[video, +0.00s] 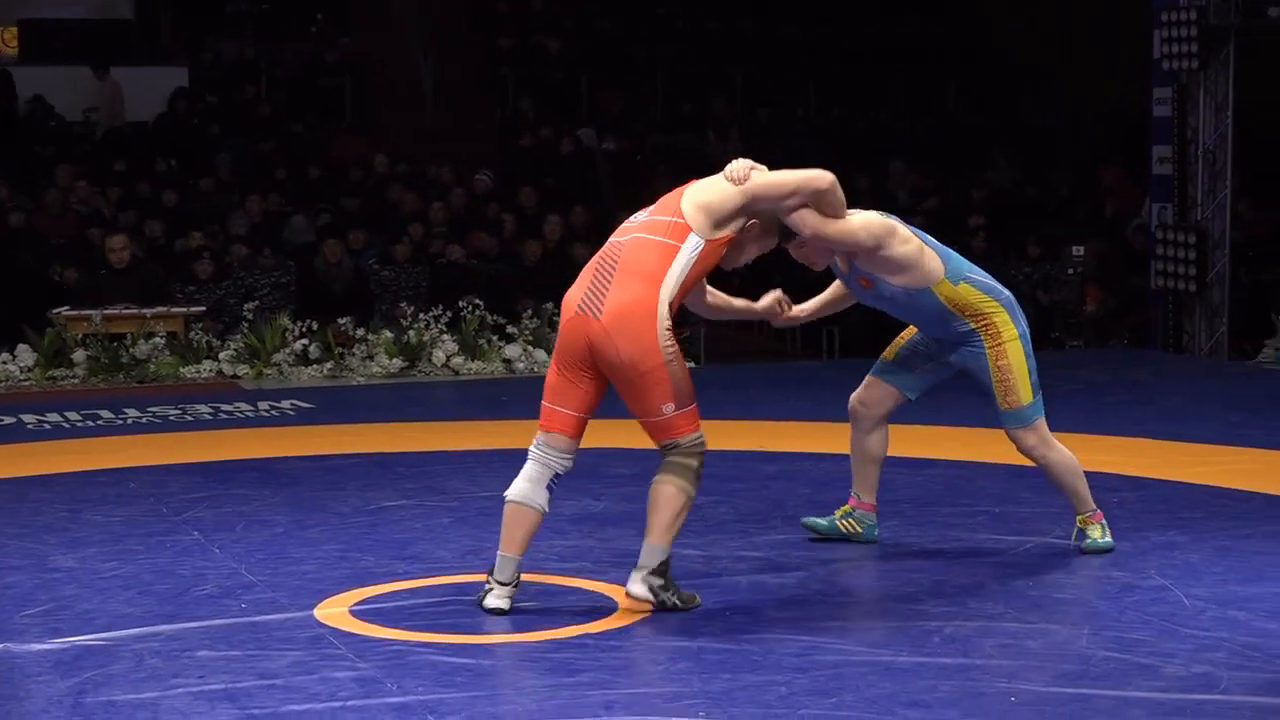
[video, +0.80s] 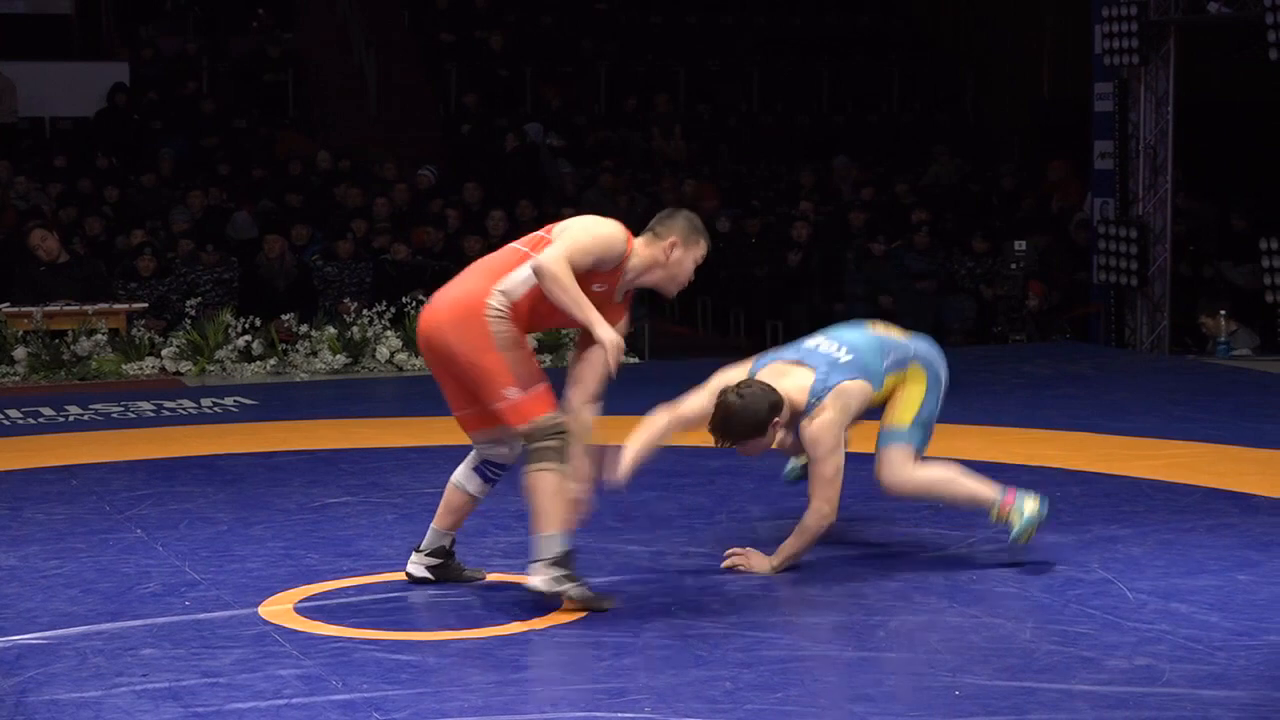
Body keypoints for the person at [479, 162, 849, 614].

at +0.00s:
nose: (756, 256)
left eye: (766, 250)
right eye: (766, 243)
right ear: (757, 219)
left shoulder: (671, 223)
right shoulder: (724, 197)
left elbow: (705, 302)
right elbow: (822, 179)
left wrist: (760, 310)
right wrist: (838, 229)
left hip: (575, 318)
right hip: (635, 325)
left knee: (545, 458)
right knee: (683, 450)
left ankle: (500, 584)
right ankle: (649, 573)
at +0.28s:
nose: (754, 247)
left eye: (760, 242)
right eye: (758, 235)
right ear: (738, 215)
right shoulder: (702, 199)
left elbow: (720, 286)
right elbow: (801, 186)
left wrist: (781, 252)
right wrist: (818, 227)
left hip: (555, 322)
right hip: (618, 330)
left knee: (511, 462)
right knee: (689, 444)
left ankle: (461, 586)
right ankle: (705, 569)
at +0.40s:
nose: (757, 263)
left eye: (764, 257)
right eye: (765, 249)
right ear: (754, 225)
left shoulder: (665, 228)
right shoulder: (714, 209)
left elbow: (718, 309)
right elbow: (806, 197)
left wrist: (768, 266)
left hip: (546, 322)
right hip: (610, 333)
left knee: (524, 461)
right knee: (672, 448)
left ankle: (466, 572)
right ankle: (696, 565)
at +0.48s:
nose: (753, 296)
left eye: (762, 289)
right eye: (759, 284)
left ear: (724, 220)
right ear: (740, 234)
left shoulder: (658, 239)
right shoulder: (716, 247)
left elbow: (718, 310)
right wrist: (805, 217)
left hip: (530, 338)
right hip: (596, 342)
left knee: (544, 454)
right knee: (667, 450)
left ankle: (471, 545)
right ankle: (697, 565)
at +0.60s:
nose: (723, 263)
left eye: (728, 255)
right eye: (725, 253)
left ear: (683, 230)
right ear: (707, 240)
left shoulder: (635, 250)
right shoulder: (681, 269)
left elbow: (709, 329)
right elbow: (667, 369)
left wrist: (754, 282)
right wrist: (723, 378)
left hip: (514, 350)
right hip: (576, 352)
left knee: (550, 455)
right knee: (655, 454)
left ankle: (459, 539)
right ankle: (693, 570)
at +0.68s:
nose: (708, 262)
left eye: (714, 253)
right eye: (710, 250)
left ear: (678, 229)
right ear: (688, 235)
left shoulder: (626, 246)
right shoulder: (650, 253)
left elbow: (676, 355)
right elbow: (598, 324)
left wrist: (750, 339)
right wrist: (606, 388)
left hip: (479, 339)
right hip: (530, 338)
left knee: (522, 453)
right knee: (609, 455)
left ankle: (441, 547)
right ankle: (678, 563)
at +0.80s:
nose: (693, 276)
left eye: (697, 266)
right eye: (695, 263)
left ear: (670, 248)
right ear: (672, 248)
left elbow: (581, 397)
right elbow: (548, 263)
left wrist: (579, 473)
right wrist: (599, 327)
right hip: (475, 315)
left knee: (499, 447)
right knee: (549, 434)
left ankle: (431, 553)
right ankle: (550, 565)